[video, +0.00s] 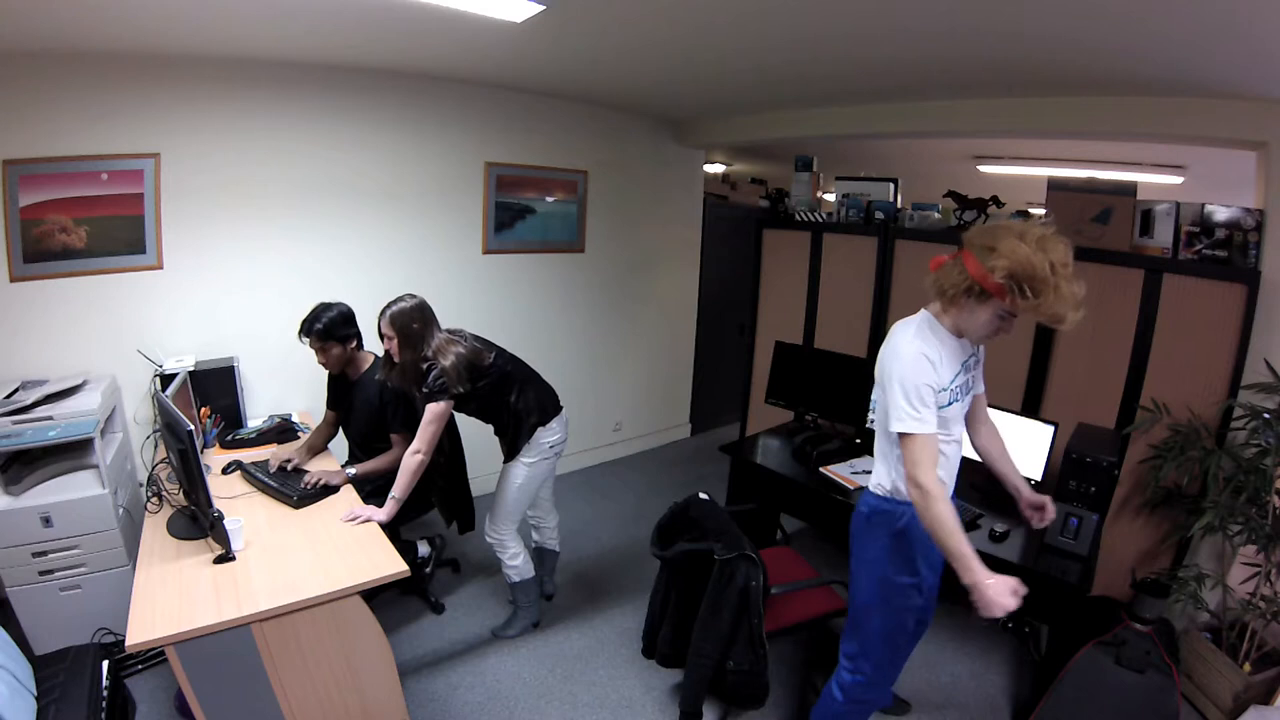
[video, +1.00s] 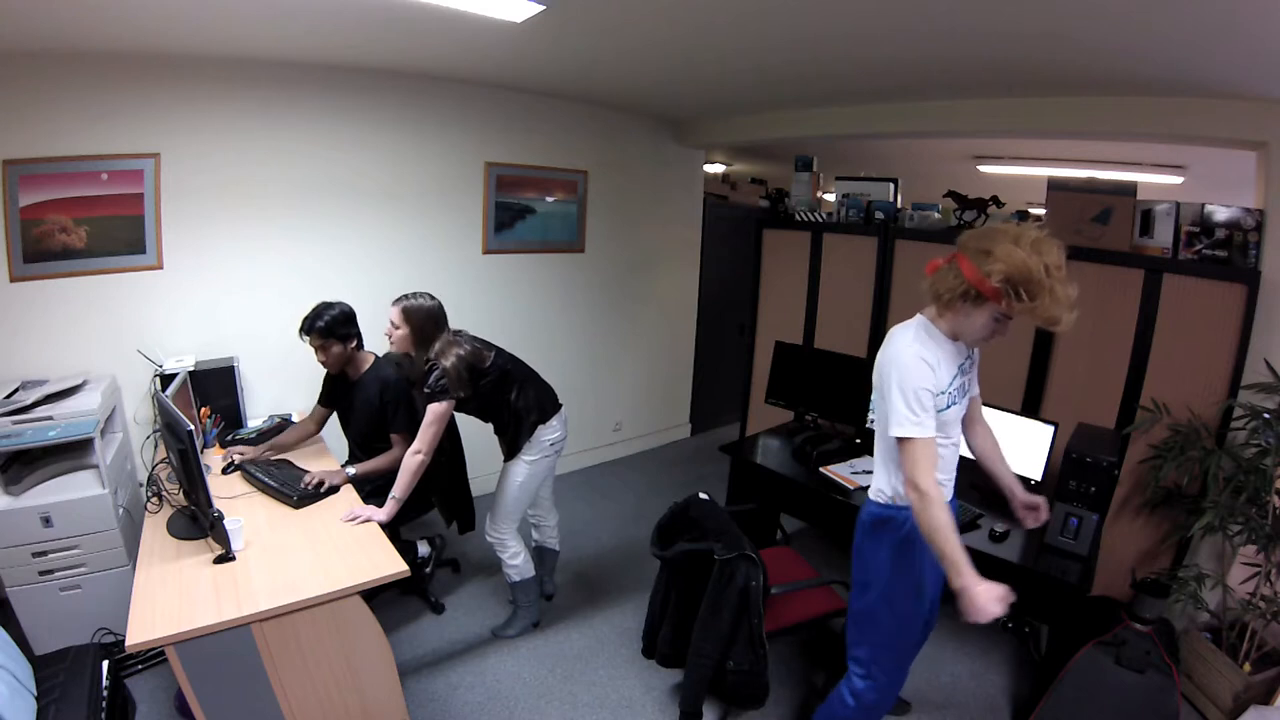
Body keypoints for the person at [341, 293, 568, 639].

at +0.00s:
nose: (385, 346)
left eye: (389, 339)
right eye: (384, 338)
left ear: (412, 337)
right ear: (420, 330)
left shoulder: (442, 370)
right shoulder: (449, 340)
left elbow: (420, 451)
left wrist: (388, 509)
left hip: (537, 433)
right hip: (546, 420)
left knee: (500, 530)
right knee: (542, 507)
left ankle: (527, 609)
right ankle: (546, 581)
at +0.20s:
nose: (385, 346)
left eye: (389, 338)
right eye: (383, 338)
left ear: (412, 336)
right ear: (420, 330)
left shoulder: (442, 369)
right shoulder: (449, 340)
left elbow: (420, 451)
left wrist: (388, 509)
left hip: (537, 433)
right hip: (546, 420)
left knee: (500, 530)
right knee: (542, 507)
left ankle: (527, 609)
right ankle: (546, 581)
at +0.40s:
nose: (384, 343)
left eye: (388, 335)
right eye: (383, 335)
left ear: (411, 335)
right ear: (420, 330)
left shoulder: (442, 369)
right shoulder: (448, 341)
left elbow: (420, 452)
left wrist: (388, 509)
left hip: (537, 432)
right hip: (546, 420)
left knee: (500, 530)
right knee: (542, 507)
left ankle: (527, 609)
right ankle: (546, 581)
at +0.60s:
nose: (388, 325)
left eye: (394, 319)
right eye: (391, 317)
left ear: (413, 327)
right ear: (428, 324)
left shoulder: (445, 366)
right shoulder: (451, 344)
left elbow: (420, 451)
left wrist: (388, 509)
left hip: (538, 431)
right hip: (544, 419)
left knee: (501, 529)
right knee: (541, 506)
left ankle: (527, 609)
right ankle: (545, 581)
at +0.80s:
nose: (390, 327)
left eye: (397, 321)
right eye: (393, 319)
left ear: (420, 328)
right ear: (429, 326)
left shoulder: (444, 368)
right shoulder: (452, 342)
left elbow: (420, 451)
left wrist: (388, 509)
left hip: (537, 432)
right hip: (546, 419)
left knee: (501, 529)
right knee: (541, 506)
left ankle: (527, 609)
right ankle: (545, 581)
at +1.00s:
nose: (388, 332)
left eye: (395, 326)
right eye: (390, 324)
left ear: (419, 331)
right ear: (426, 327)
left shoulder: (443, 370)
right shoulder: (450, 343)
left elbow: (421, 452)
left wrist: (388, 509)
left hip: (538, 431)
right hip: (545, 419)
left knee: (500, 529)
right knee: (542, 506)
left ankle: (527, 609)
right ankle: (545, 580)